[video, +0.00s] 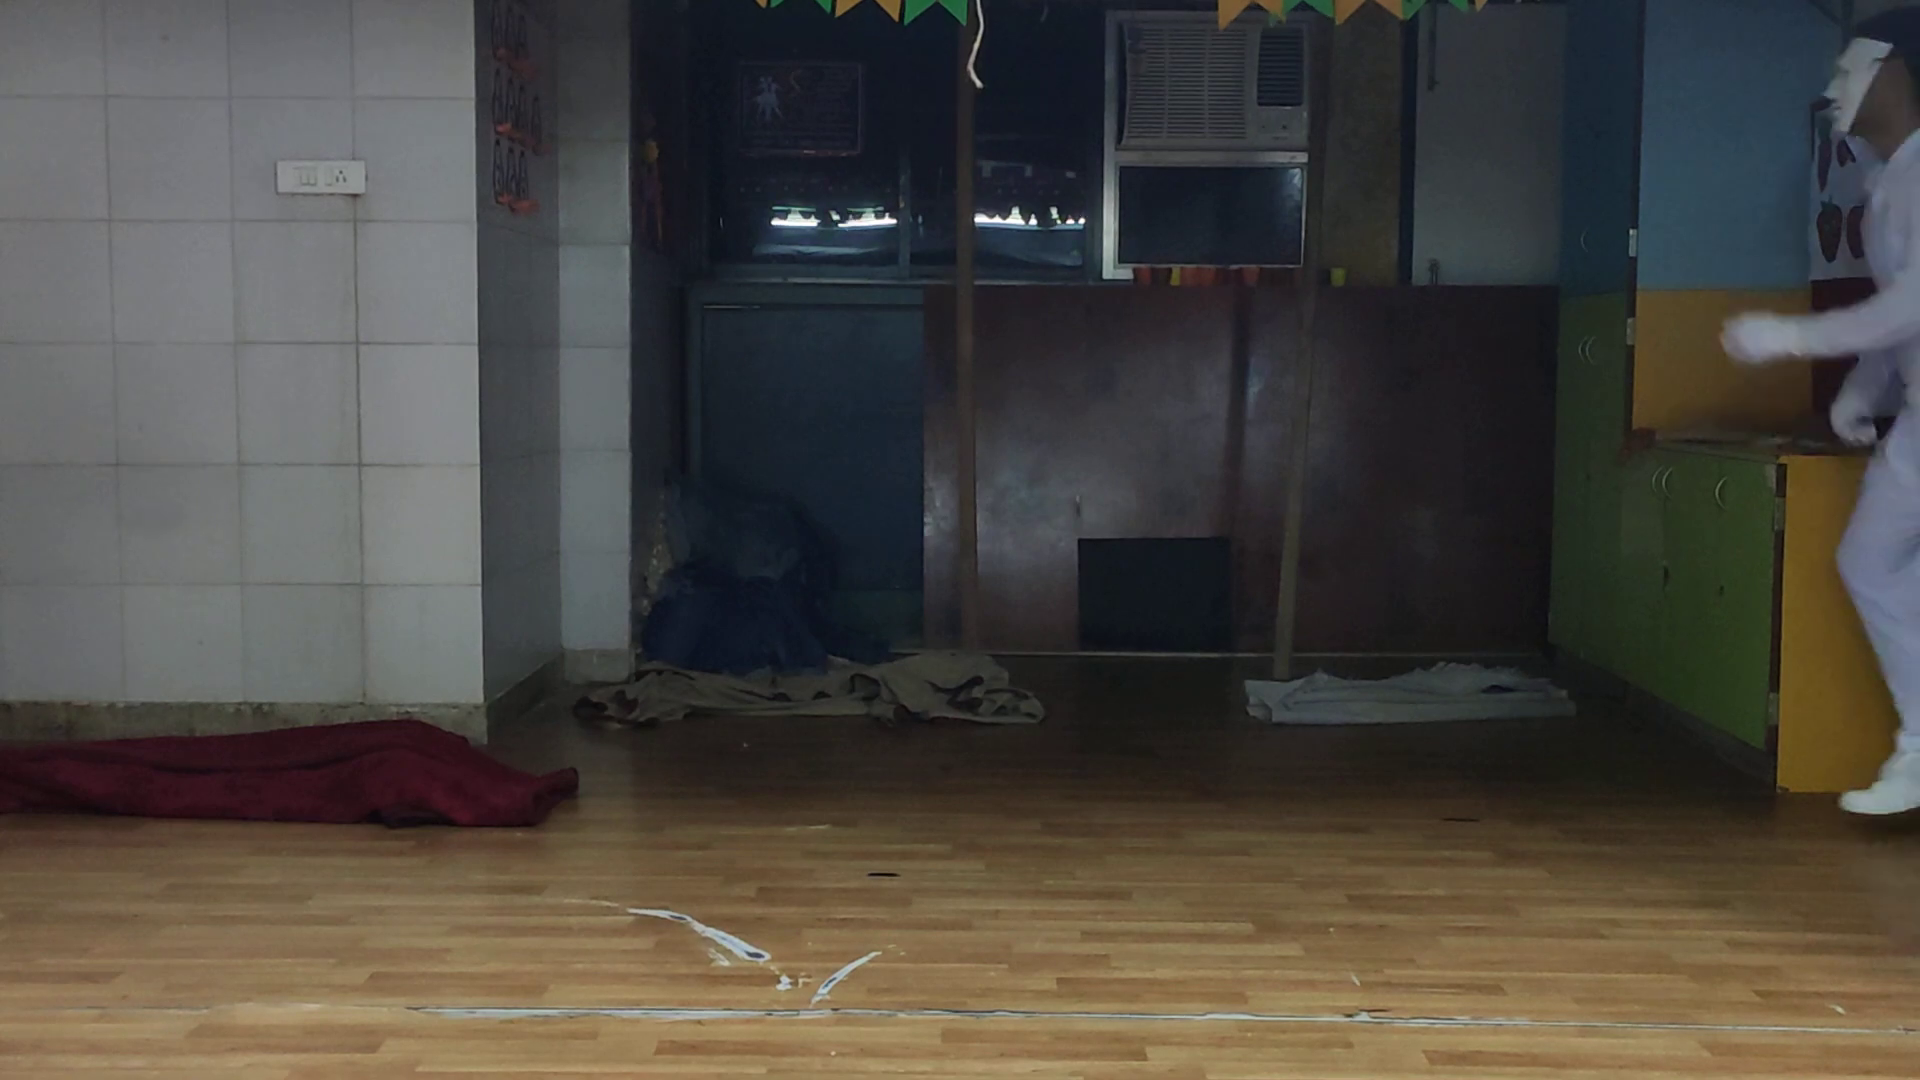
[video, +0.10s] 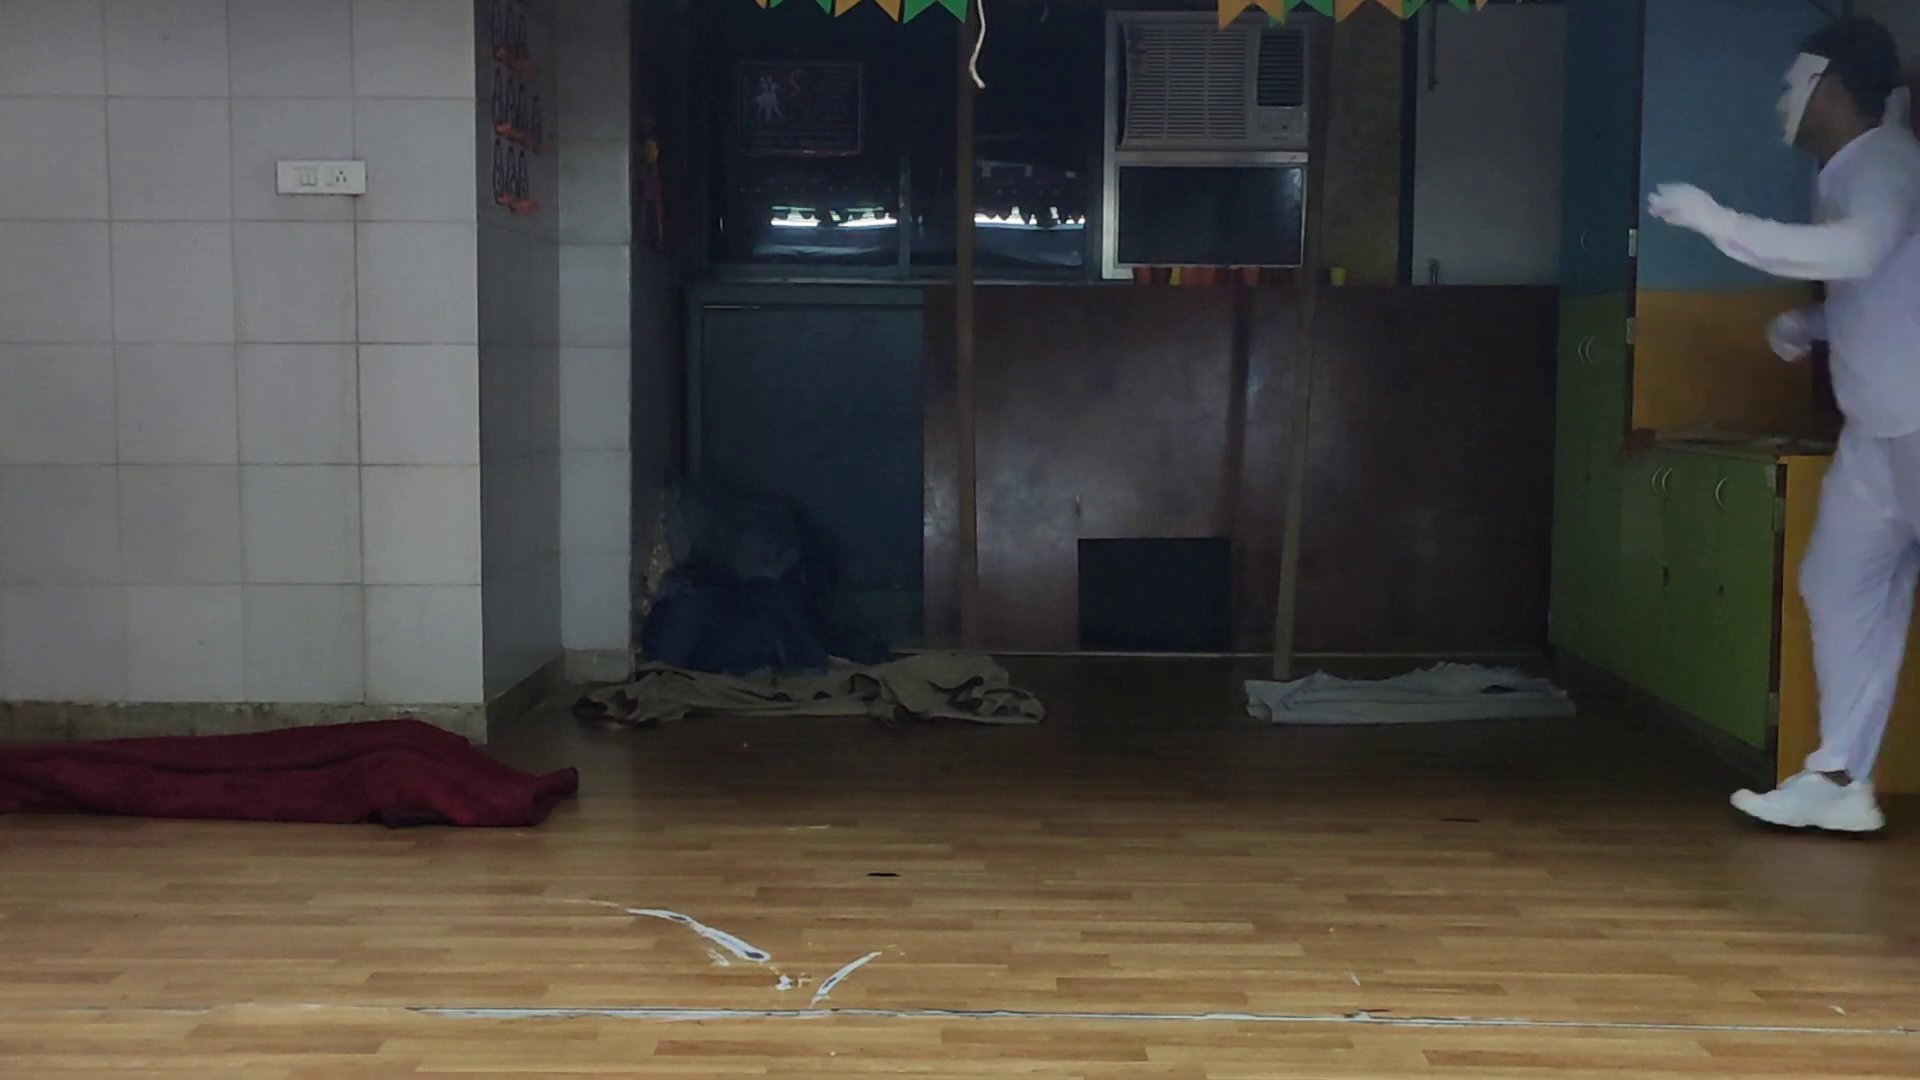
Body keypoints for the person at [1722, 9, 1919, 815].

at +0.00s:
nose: (1842, 107)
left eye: (1851, 90)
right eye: (1842, 93)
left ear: (1887, 86)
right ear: (1883, 93)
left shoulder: (1916, 174)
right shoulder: (1889, 180)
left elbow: (1910, 306)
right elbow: (1901, 308)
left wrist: (1791, 335)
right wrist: (1864, 385)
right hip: (1909, 412)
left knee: (1871, 558)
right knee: (1874, 559)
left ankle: (1916, 741)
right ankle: (1915, 742)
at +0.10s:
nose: (1788, 104)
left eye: (1798, 86)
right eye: (1789, 86)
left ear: (1838, 88)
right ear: (1846, 92)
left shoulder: (1886, 159)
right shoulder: (1847, 175)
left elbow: (1859, 248)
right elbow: (1875, 295)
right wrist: (1810, 323)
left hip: (1909, 429)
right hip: (1875, 433)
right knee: (1840, 584)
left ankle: (1842, 778)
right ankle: (1841, 778)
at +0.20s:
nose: (1735, 128)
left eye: (1746, 111)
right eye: (1739, 112)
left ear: (1780, 112)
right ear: (1795, 119)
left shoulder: (1827, 175)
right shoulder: (1800, 202)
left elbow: (1774, 208)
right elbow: (1819, 307)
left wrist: (1687, 223)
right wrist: (1742, 314)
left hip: (1868, 433)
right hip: (1812, 443)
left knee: (1884, 604)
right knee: (1783, 603)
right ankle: (1819, 787)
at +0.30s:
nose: (1677, 129)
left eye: (1689, 115)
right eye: (1682, 115)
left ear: (1720, 119)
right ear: (1730, 124)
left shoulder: (1751, 174)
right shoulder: (1727, 204)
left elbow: (1789, 223)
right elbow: (1747, 340)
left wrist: (1685, 302)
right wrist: (1674, 369)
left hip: (1792, 421)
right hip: (1774, 425)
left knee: (1702, 577)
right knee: (1770, 607)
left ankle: (1883, 678)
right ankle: (1816, 790)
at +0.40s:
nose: (1612, 91)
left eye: (1623, 76)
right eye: (1619, 77)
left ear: (1651, 84)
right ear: (1661, 89)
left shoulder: (1696, 152)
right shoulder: (1664, 168)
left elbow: (1758, 233)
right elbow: (1696, 279)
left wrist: (1650, 299)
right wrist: (1638, 342)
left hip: (1711, 371)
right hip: (1725, 381)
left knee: (1577, 500)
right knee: (1750, 576)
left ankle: (1719, 625)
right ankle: (1801, 767)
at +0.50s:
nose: (1552, 93)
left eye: (1561, 77)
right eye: (1554, 79)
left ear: (1591, 82)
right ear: (1607, 85)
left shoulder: (1635, 143)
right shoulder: (1609, 164)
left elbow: (1679, 214)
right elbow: (1617, 254)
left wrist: (1563, 180)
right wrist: (1540, 270)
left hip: (1639, 365)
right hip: (1675, 377)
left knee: (1519, 494)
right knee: (1691, 565)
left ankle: (1559, 685)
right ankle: (1722, 756)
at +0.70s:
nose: (1415, 169)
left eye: (1423, 155)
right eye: (1420, 155)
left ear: (1448, 162)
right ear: (1471, 169)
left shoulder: (1486, 226)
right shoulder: (1456, 241)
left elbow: (1528, 260)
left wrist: (1409, 317)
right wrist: (1418, 336)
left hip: (1479, 452)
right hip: (1530, 460)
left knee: (1378, 588)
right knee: (1568, 625)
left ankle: (1365, 758)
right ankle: (1663, 762)